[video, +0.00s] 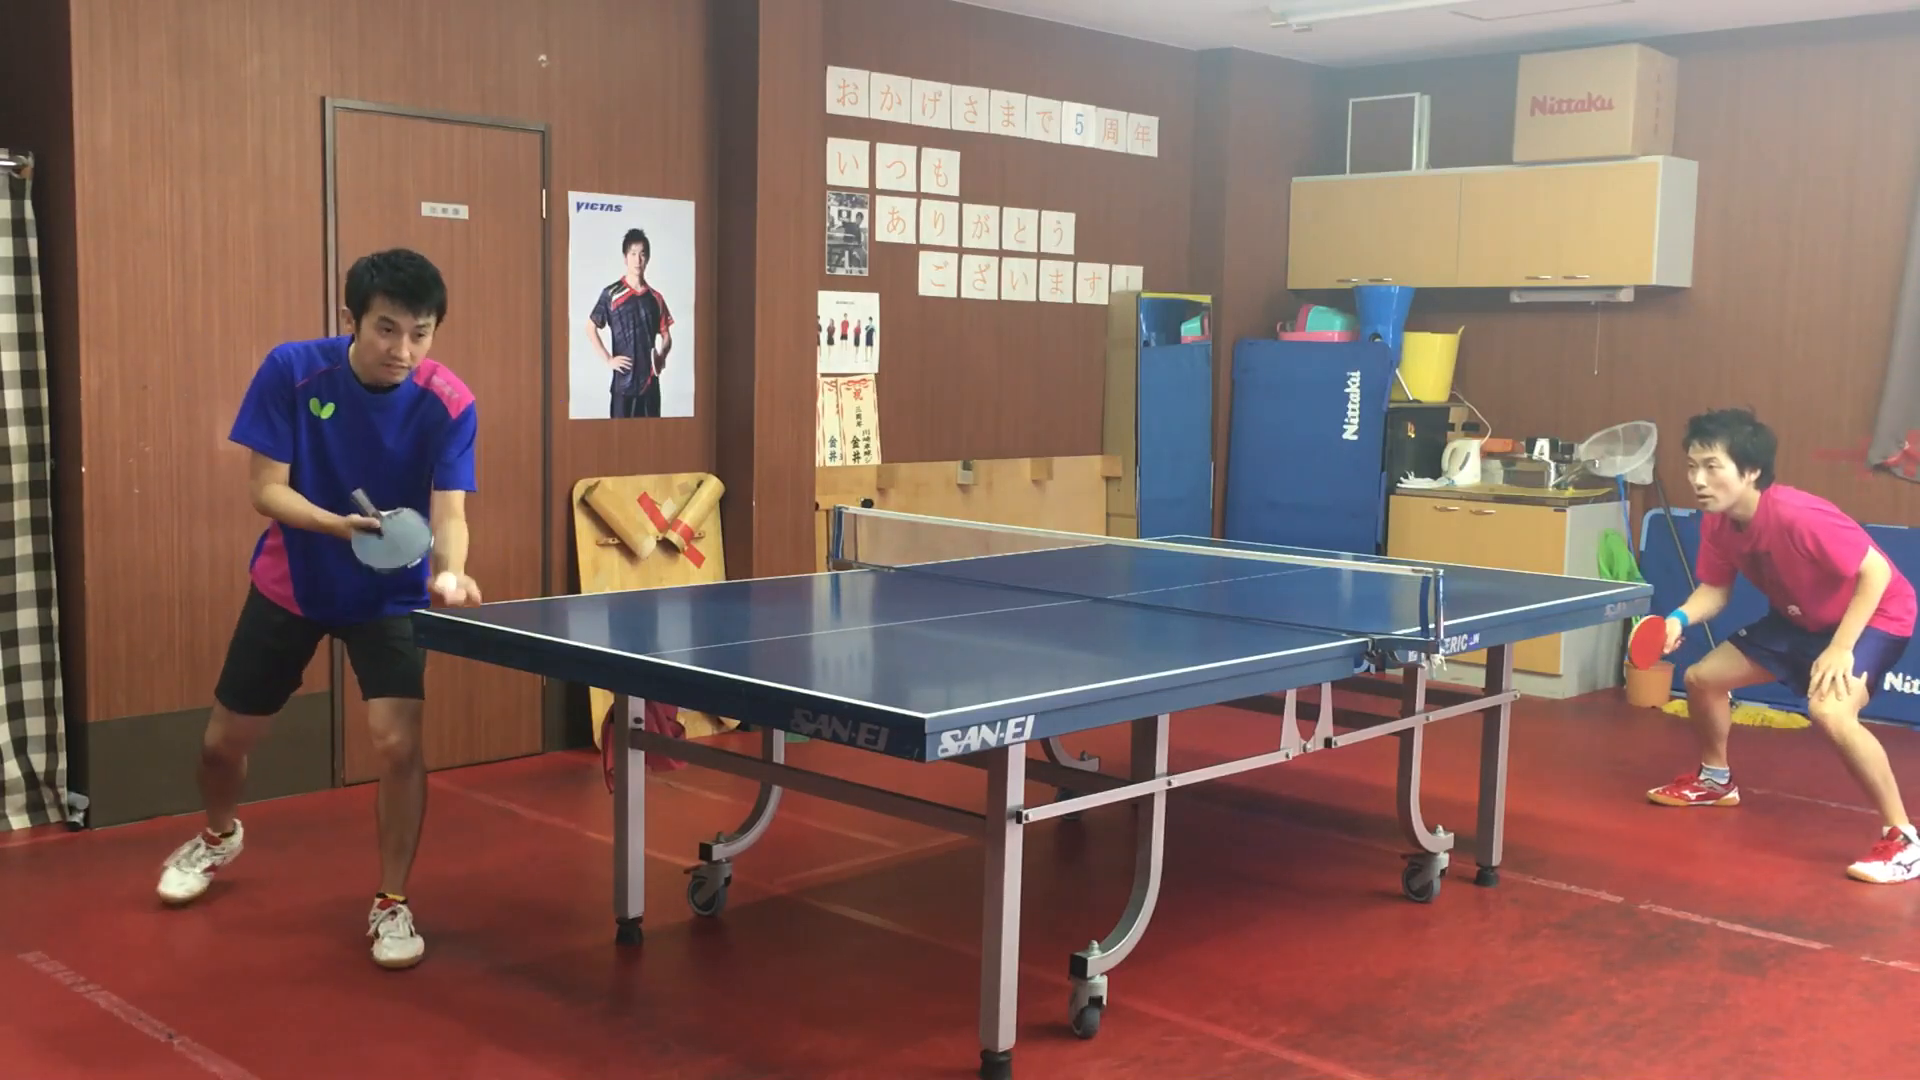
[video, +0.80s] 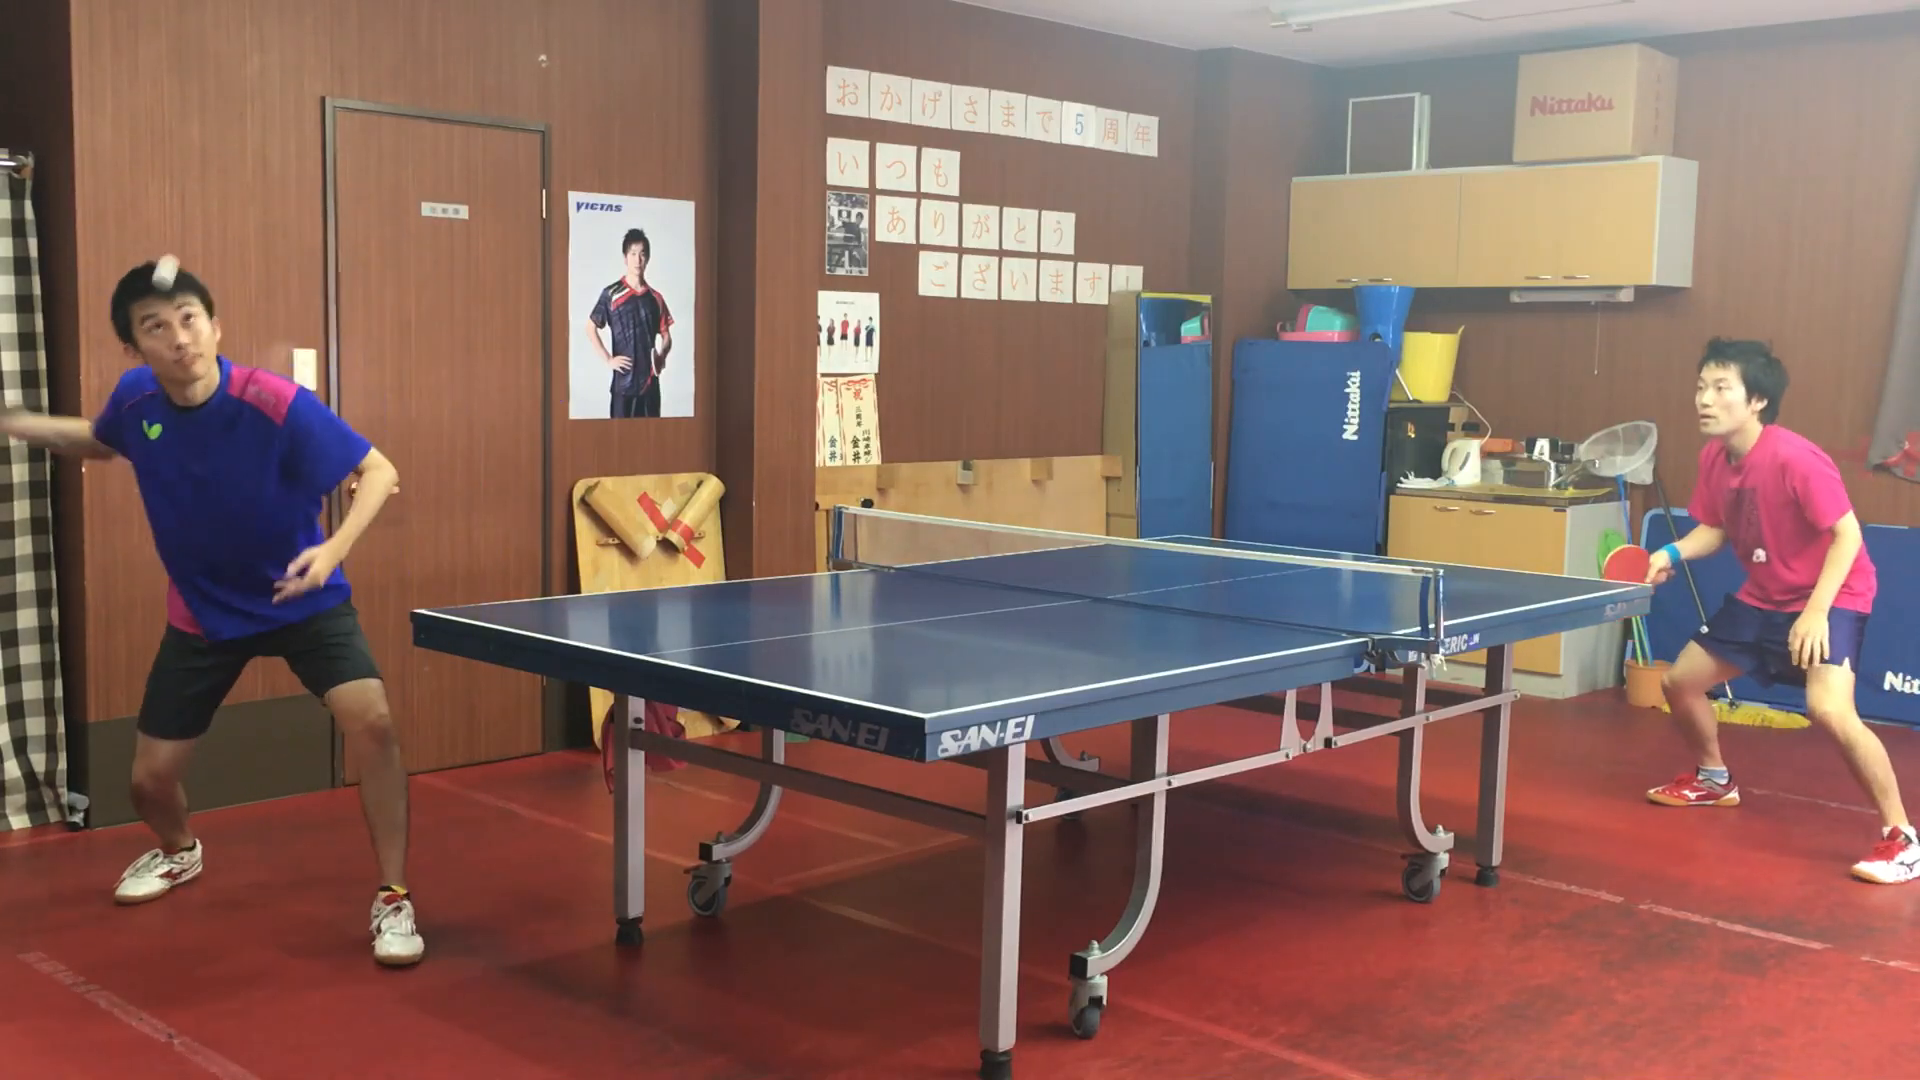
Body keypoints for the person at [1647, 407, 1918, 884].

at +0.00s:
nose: (1697, 480)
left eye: (1711, 467)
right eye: (1692, 467)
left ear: (1751, 473)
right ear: (1686, 470)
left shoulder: (1799, 517)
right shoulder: (1718, 521)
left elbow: (1877, 571)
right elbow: (1714, 590)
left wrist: (1841, 646)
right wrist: (1677, 620)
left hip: (1877, 617)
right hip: (1801, 617)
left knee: (1829, 711)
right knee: (1703, 679)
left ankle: (1903, 836)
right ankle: (1713, 780)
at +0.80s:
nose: (1703, 398)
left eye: (1719, 388)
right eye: (1701, 387)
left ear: (1757, 403)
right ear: (1699, 394)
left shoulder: (1797, 460)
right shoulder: (1714, 457)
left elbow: (1848, 536)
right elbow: (1714, 530)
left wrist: (1817, 611)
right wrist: (1670, 553)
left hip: (1831, 598)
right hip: (1764, 594)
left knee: (1829, 709)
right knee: (1681, 681)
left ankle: (1900, 834)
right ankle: (1713, 779)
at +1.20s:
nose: (1697, 357)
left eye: (1712, 345)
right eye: (1694, 345)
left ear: (1753, 353)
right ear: (1695, 351)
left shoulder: (1793, 410)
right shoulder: (1710, 422)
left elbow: (1854, 486)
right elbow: (1675, 490)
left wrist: (1799, 552)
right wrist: (1602, 507)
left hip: (1847, 572)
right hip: (1780, 569)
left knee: (1866, 707)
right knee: (1708, 674)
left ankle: (1919, 835)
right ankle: (1713, 807)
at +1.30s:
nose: (1695, 367)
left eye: (1709, 354)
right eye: (1693, 356)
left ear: (1753, 362)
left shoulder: (1811, 421)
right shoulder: (1704, 433)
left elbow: (1869, 495)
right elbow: (1648, 494)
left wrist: (1825, 564)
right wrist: (1568, 506)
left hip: (1838, 597)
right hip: (1757, 591)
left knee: (1876, 726)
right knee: (1666, 677)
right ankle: (1701, 797)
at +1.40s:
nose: (1674, 376)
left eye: (1687, 362)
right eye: (1673, 364)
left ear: (1734, 370)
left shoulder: (1800, 427)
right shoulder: (1679, 442)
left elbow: (1854, 505)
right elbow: (1616, 494)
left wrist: (1815, 560)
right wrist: (1536, 508)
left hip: (1808, 614)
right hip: (1725, 603)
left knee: (1863, 731)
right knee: (1616, 665)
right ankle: (1633, 795)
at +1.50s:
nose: (1621, 383)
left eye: (1631, 369)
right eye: (1617, 372)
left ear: (1679, 372)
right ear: (1631, 379)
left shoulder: (1751, 421)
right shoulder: (1628, 442)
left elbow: (1806, 495)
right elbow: (1567, 493)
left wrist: (1774, 545)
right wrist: (1493, 510)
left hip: (1765, 613)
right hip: (1677, 605)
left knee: (1840, 724)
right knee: (1574, 681)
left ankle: (1911, 842)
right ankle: (1504, 803)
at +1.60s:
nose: (1555, 400)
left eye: (1566, 386)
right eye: (1551, 388)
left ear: (1613, 386)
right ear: (1580, 393)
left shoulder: (1690, 432)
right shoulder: (1562, 457)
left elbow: (1748, 499)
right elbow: (1510, 503)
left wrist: (1758, 549)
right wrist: (1440, 516)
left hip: (1712, 620)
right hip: (1628, 620)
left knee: (1792, 722)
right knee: (1528, 687)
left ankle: (1887, 843)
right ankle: (1464, 819)